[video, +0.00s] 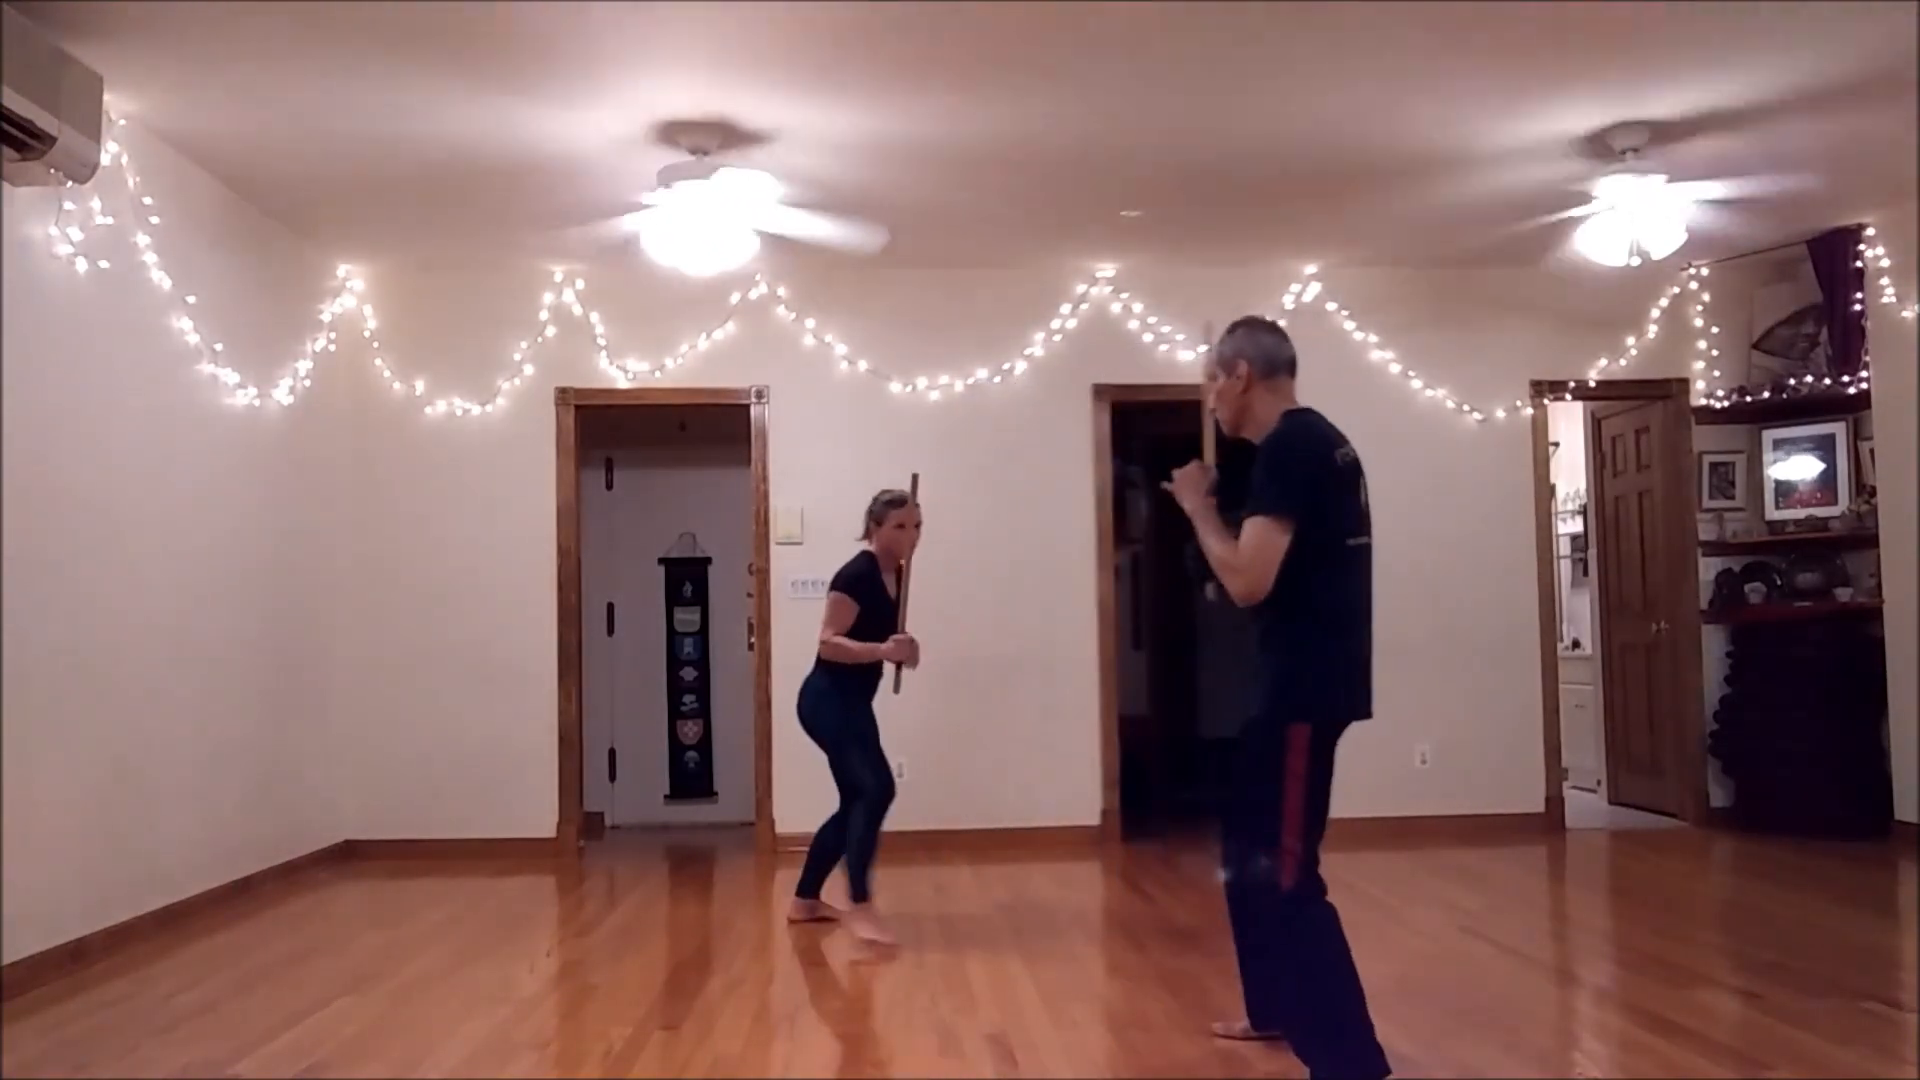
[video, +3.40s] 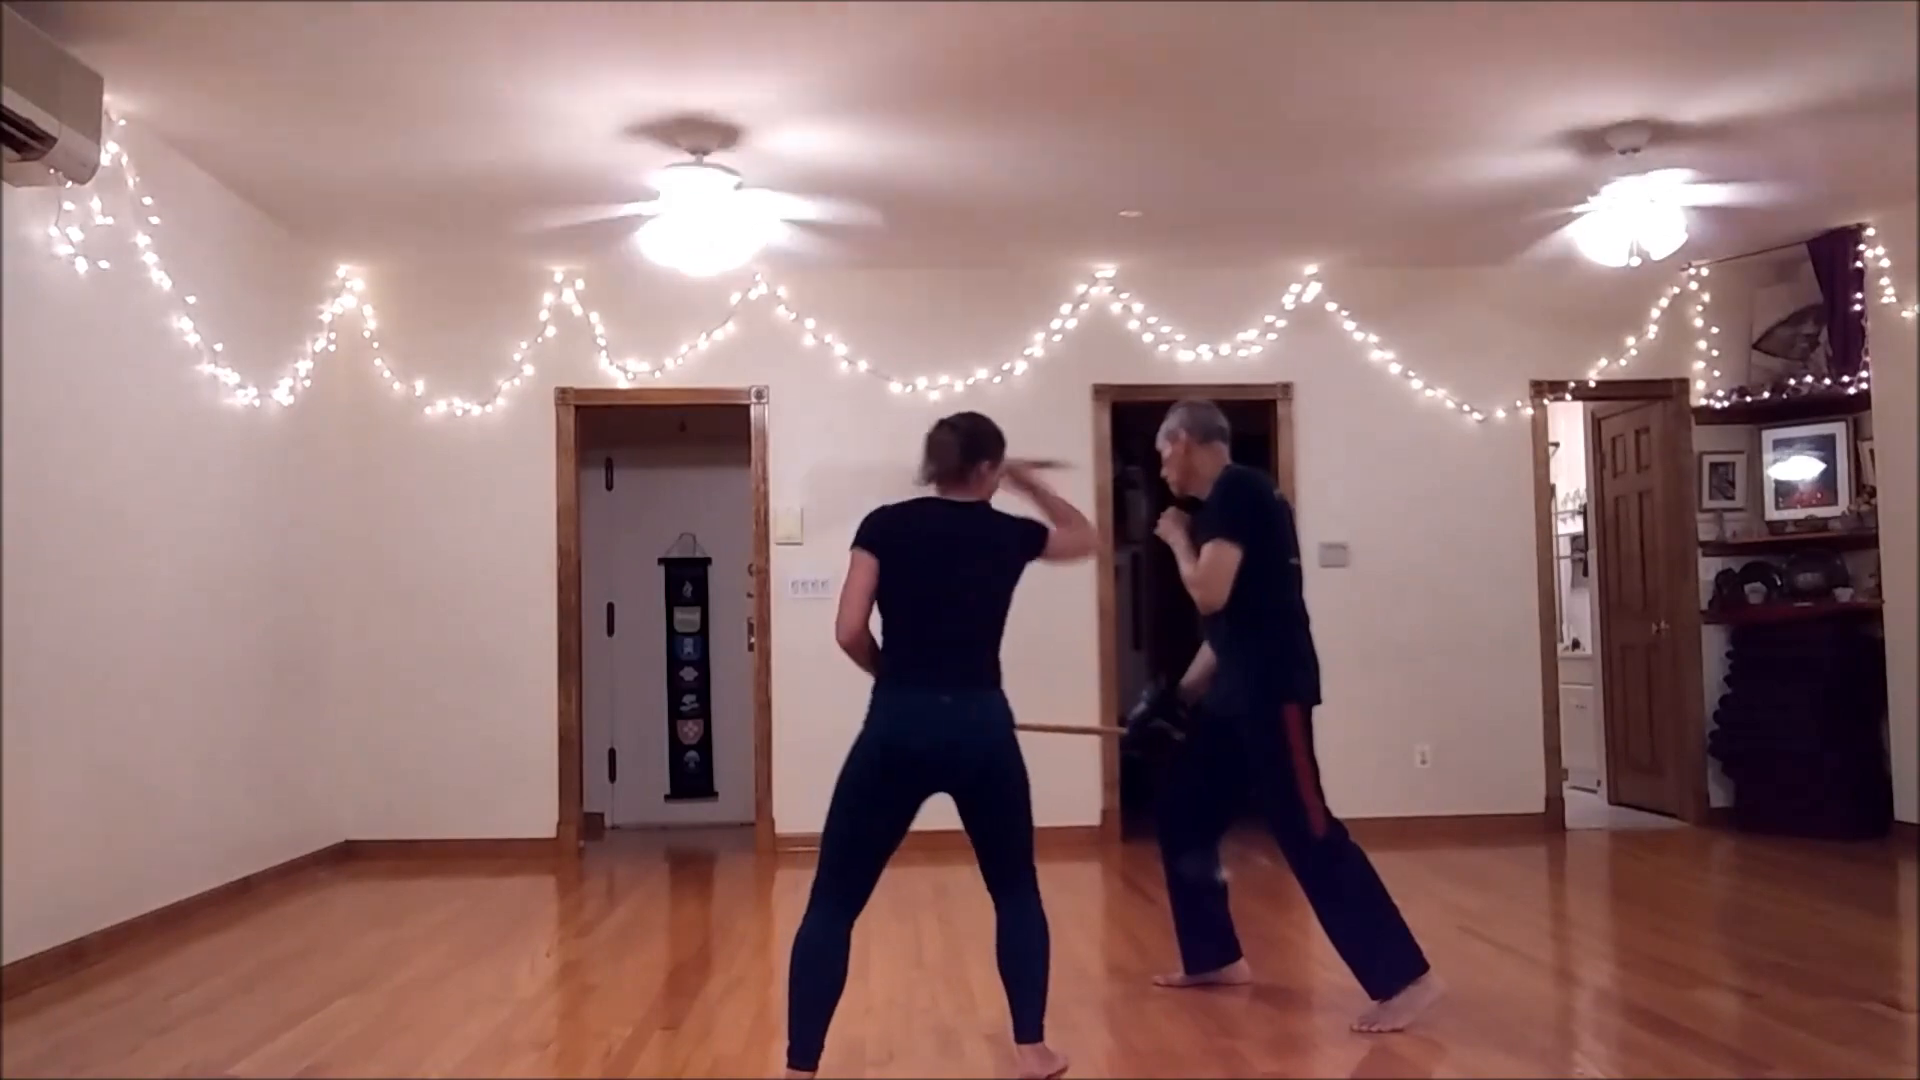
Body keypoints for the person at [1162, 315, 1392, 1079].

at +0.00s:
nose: (1210, 401)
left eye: (1212, 385)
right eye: (1209, 387)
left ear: (1239, 376)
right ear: (1274, 374)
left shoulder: (1293, 445)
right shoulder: (1313, 441)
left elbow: (1246, 580)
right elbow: (1280, 572)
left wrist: (1198, 506)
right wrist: (1218, 509)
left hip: (1305, 691)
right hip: (1299, 685)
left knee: (1284, 874)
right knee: (1252, 855)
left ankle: (1352, 1063)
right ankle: (1279, 1014)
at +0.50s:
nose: (1223, 414)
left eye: (1227, 398)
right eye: (1223, 399)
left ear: (1257, 390)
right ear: (1277, 389)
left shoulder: (1320, 450)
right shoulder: (1299, 461)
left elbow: (1312, 574)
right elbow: (1309, 576)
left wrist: (1231, 537)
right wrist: (1234, 556)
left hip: (1350, 690)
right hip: (1307, 690)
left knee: (1367, 854)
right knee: (1262, 847)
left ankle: (1468, 1033)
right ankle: (1284, 1009)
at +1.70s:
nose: (1272, 420)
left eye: (1277, 404)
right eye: (1272, 405)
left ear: (1314, 397)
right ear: (1323, 396)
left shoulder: (1364, 461)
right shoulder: (1362, 464)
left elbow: (1325, 592)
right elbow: (1350, 588)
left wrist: (1262, 530)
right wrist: (1285, 551)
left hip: (1393, 697)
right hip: (1348, 694)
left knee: (1419, 859)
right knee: (1277, 840)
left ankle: (1542, 1014)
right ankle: (1289, 1002)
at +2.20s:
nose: (1277, 441)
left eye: (1282, 430)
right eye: (1282, 430)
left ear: (1299, 435)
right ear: (1335, 439)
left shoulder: (1326, 501)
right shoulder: (1325, 501)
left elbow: (1279, 607)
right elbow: (1251, 579)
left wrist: (1263, 532)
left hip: (1344, 713)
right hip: (1314, 709)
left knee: (1407, 865)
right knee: (1238, 814)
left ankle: (1547, 1014)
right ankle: (1220, 954)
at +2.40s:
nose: (1194, 478)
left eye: (1197, 466)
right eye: (1194, 467)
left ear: (1218, 461)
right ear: (1239, 456)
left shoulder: (1267, 500)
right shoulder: (1241, 517)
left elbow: (1242, 601)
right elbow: (1191, 620)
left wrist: (1206, 546)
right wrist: (1113, 663)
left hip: (1309, 699)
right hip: (1269, 699)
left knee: (1304, 848)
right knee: (1208, 814)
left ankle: (1438, 964)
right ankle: (1216, 958)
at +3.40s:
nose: (1161, 466)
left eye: (1165, 453)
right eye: (1160, 454)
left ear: (1193, 445)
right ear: (1205, 445)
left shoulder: (1238, 490)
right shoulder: (1227, 500)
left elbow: (1212, 591)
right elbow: (1228, 621)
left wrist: (1178, 541)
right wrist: (1181, 694)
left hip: (1274, 686)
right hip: (1239, 687)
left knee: (1308, 829)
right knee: (1183, 812)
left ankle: (1406, 979)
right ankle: (1213, 958)